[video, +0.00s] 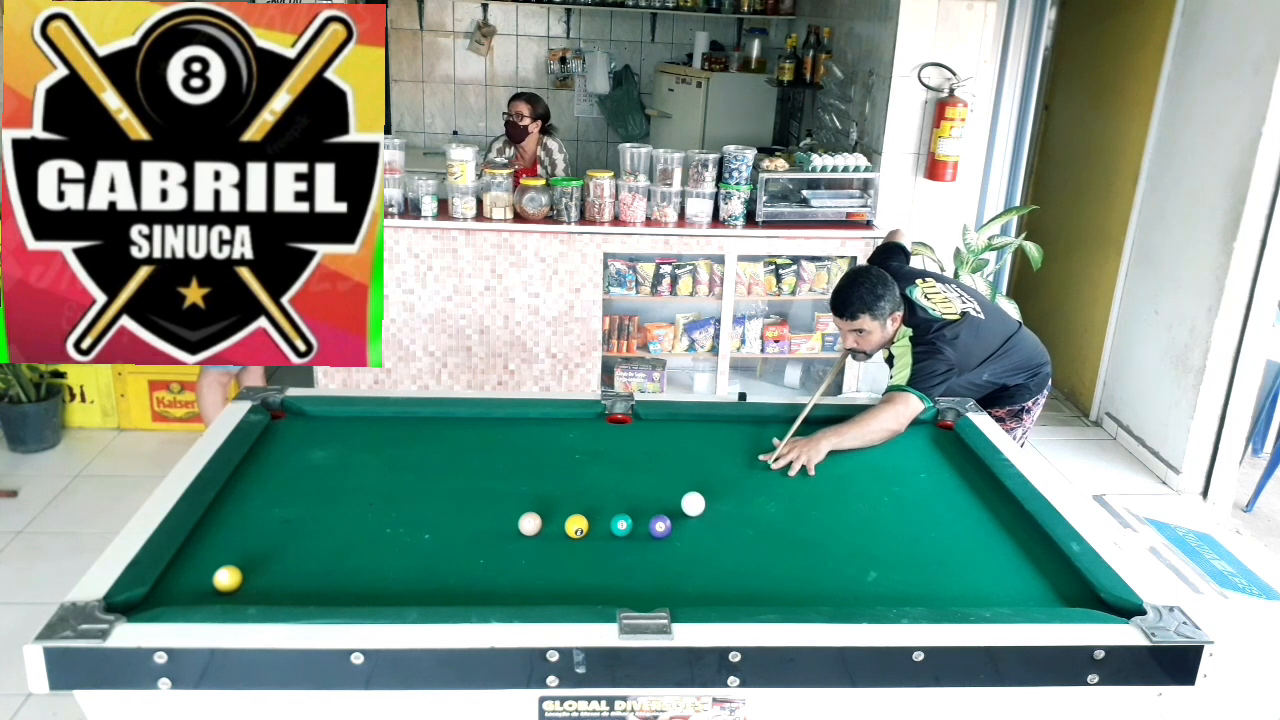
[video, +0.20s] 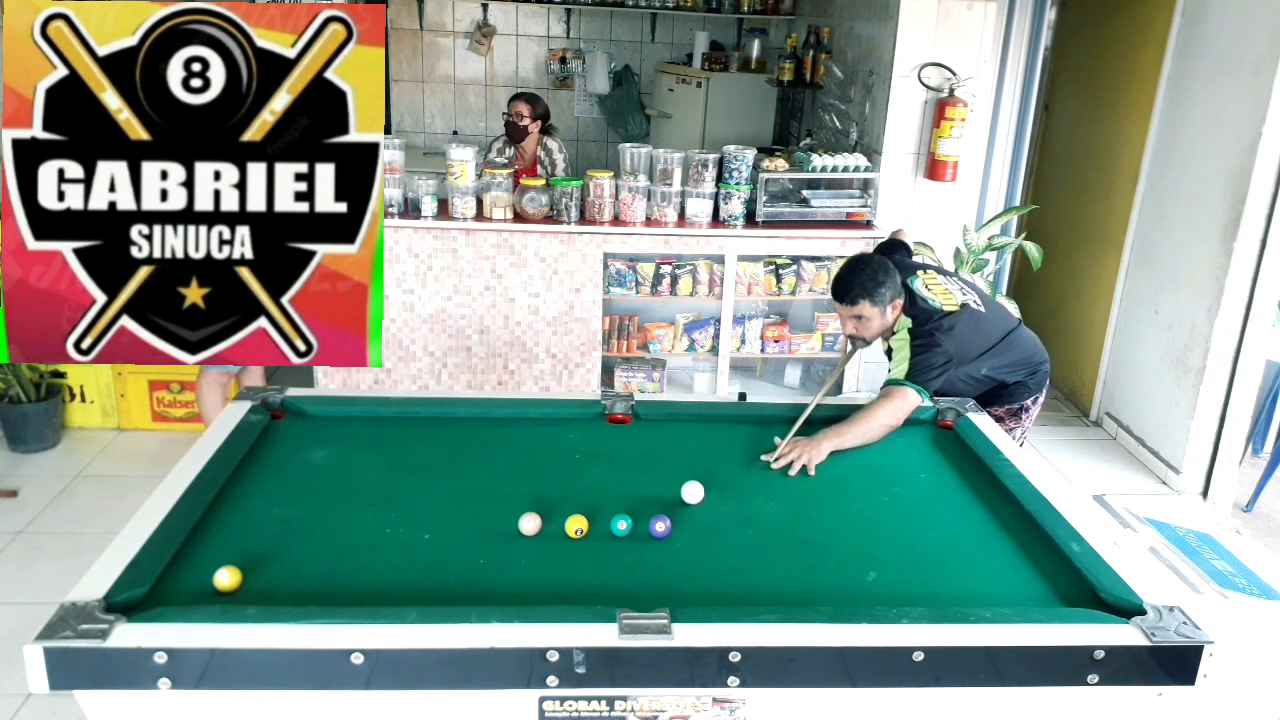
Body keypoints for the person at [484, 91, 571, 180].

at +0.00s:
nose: (510, 121)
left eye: (518, 116)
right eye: (509, 115)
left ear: (536, 126)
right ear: (505, 116)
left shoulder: (552, 147)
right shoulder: (499, 145)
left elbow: (564, 187)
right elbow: (484, 181)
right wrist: (506, 169)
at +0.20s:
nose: (510, 121)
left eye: (518, 116)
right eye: (508, 115)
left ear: (536, 126)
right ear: (505, 116)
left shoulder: (552, 147)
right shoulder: (499, 145)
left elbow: (564, 188)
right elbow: (484, 181)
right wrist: (506, 169)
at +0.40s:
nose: (509, 121)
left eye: (517, 117)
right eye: (508, 116)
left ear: (535, 126)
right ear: (505, 117)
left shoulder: (552, 147)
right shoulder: (499, 145)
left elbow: (564, 187)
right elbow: (484, 181)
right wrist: (506, 169)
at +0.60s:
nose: (509, 122)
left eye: (517, 117)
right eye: (508, 116)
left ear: (535, 126)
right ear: (505, 117)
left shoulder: (552, 147)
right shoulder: (499, 145)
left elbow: (564, 187)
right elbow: (484, 182)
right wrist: (506, 169)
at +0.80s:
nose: (509, 122)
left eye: (517, 117)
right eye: (508, 116)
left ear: (535, 126)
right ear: (505, 117)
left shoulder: (552, 147)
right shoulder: (498, 146)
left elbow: (564, 188)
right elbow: (484, 182)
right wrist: (506, 169)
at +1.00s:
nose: (509, 122)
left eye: (517, 117)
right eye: (508, 116)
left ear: (535, 126)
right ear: (505, 117)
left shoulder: (552, 148)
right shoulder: (499, 146)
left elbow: (564, 187)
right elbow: (485, 180)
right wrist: (506, 169)